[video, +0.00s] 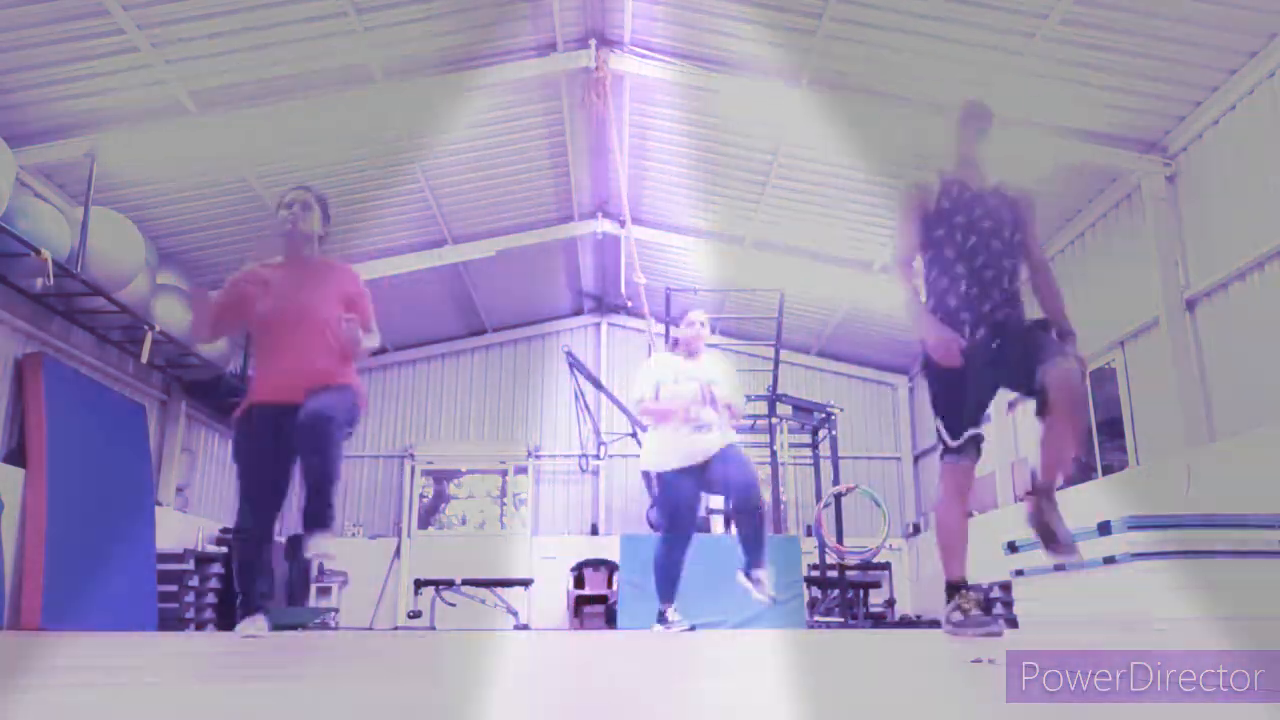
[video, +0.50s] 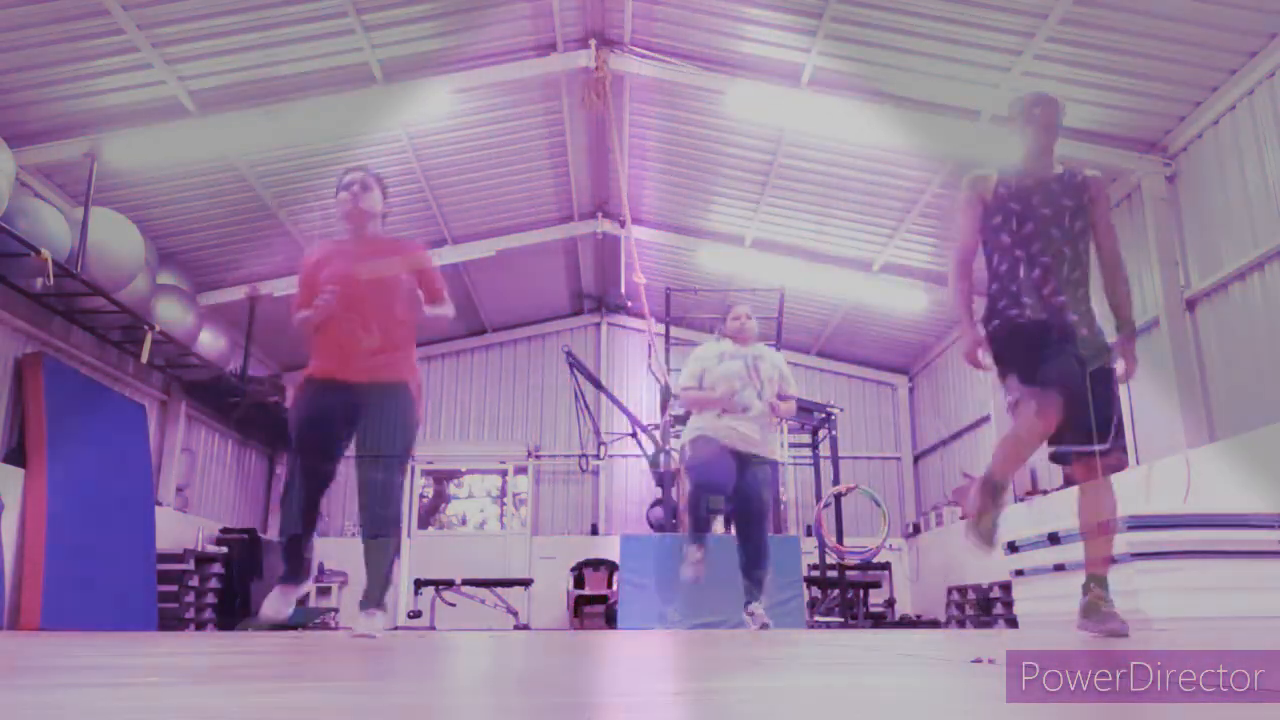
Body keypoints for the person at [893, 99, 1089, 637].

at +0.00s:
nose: (972, 136)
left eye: (980, 128)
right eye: (966, 127)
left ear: (988, 137)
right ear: (953, 134)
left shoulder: (1012, 202)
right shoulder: (925, 197)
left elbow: (1038, 269)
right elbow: (903, 266)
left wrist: (1061, 328)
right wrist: (927, 327)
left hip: (1010, 334)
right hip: (953, 340)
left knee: (1067, 376)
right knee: (958, 467)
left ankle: (1044, 497)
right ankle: (958, 595)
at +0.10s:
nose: (988, 133)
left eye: (997, 124)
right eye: (981, 122)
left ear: (1009, 132)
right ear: (966, 127)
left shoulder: (1026, 195)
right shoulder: (940, 188)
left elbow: (1052, 267)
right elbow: (907, 261)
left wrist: (1077, 331)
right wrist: (932, 319)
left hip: (1020, 328)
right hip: (960, 334)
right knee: (959, 463)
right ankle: (953, 592)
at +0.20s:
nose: (1013, 154)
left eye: (1022, 145)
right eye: (1005, 143)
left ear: (1035, 153)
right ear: (990, 149)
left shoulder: (1046, 208)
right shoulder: (961, 202)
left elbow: (1076, 283)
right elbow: (929, 280)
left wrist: (1104, 350)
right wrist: (948, 339)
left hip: (1043, 346)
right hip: (980, 347)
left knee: (1104, 464)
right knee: (963, 478)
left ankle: (1100, 597)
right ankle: (929, 591)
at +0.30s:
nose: (1030, 158)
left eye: (1039, 150)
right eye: (1022, 148)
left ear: (1050, 163)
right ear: (1005, 158)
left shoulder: (1065, 230)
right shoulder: (977, 214)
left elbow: (1092, 306)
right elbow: (951, 290)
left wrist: (1123, 370)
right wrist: (966, 362)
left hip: (1064, 372)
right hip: (1000, 371)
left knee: (1115, 470)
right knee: (972, 488)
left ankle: (1102, 600)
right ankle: (931, 592)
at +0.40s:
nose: (1036, 138)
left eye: (1044, 130)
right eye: (1028, 127)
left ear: (1054, 139)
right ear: (1009, 135)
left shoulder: (1079, 197)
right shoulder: (983, 194)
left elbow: (1100, 272)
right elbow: (955, 270)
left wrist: (1118, 340)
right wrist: (969, 335)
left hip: (1073, 349)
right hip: (1008, 349)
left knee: (1099, 469)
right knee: (1008, 458)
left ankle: (1102, 598)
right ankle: (956, 550)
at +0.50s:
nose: (1040, 135)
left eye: (1048, 127)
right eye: (1032, 125)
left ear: (1058, 133)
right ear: (1015, 129)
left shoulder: (1085, 186)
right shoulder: (984, 188)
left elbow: (1112, 265)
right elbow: (962, 261)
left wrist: (1125, 333)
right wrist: (966, 326)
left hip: (1078, 330)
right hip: (1015, 326)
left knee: (1091, 467)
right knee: (1047, 405)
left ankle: (1097, 592)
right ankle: (990, 490)